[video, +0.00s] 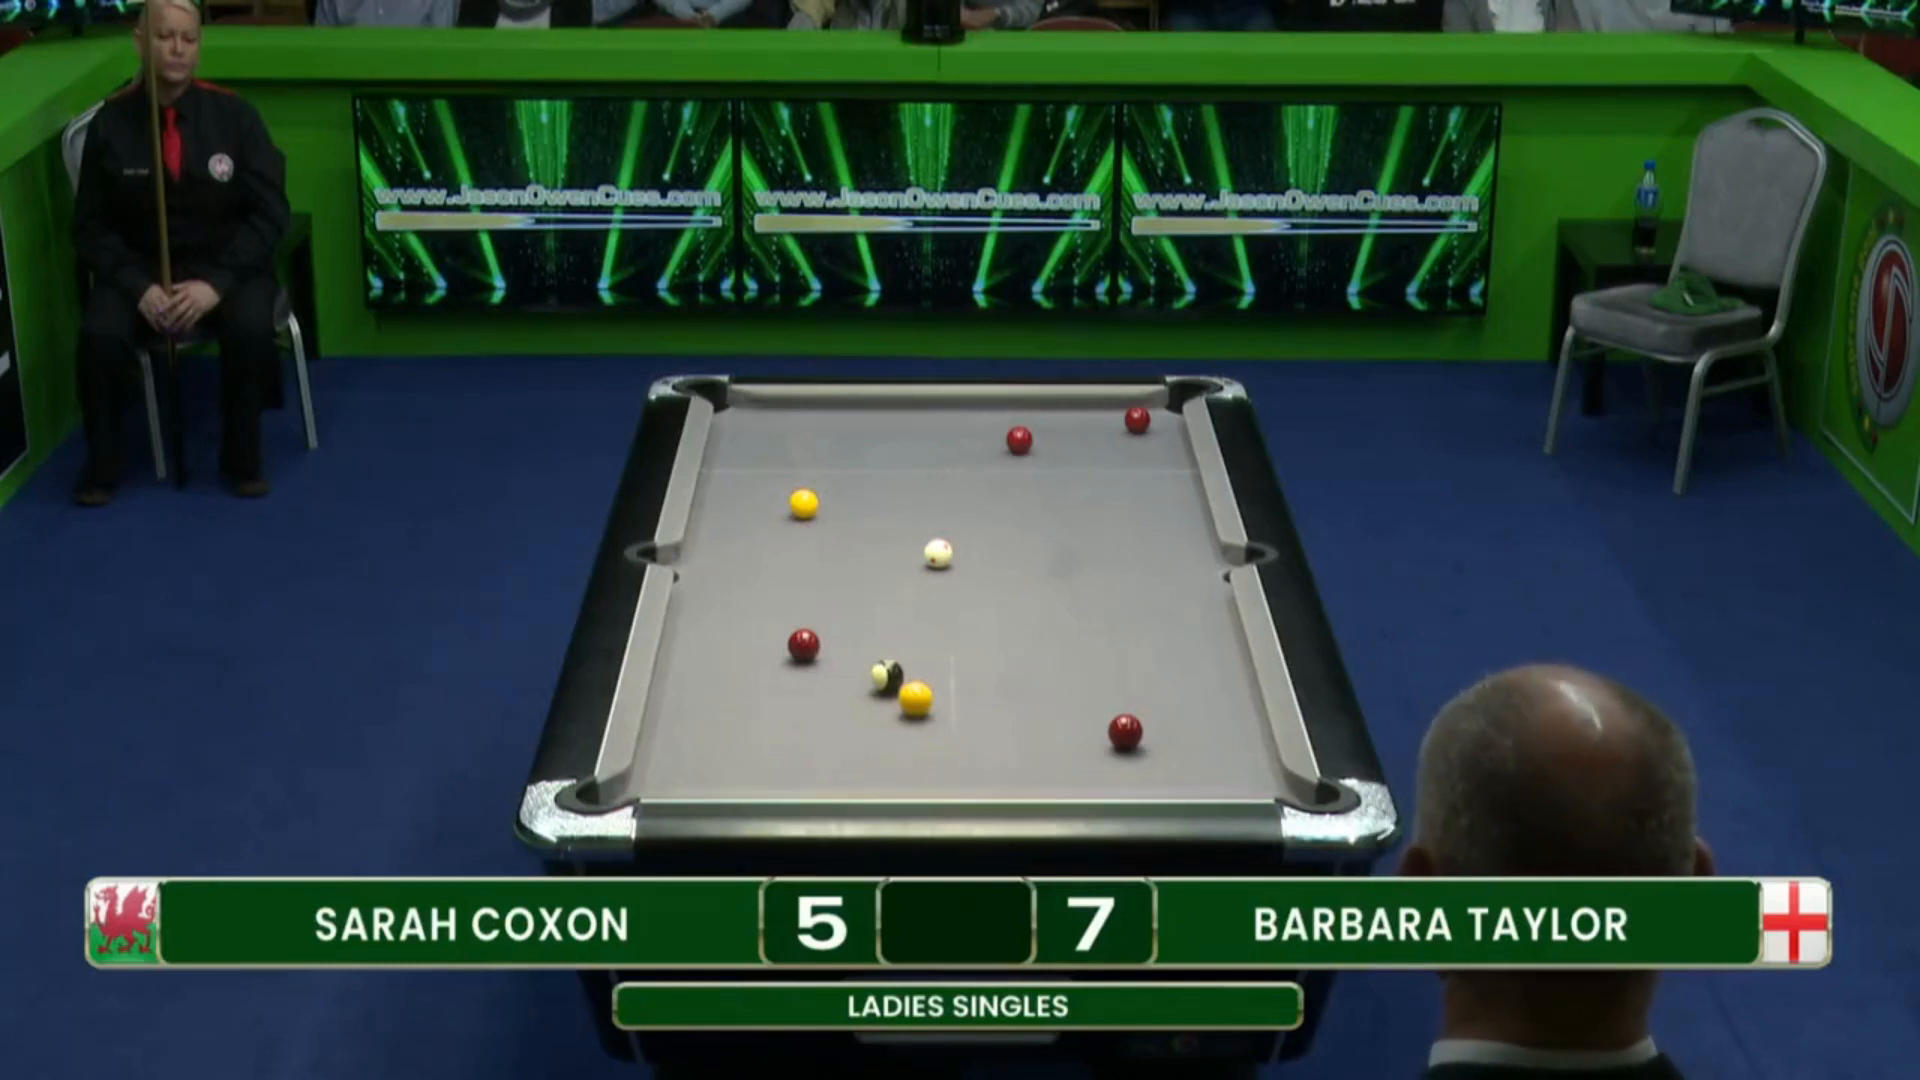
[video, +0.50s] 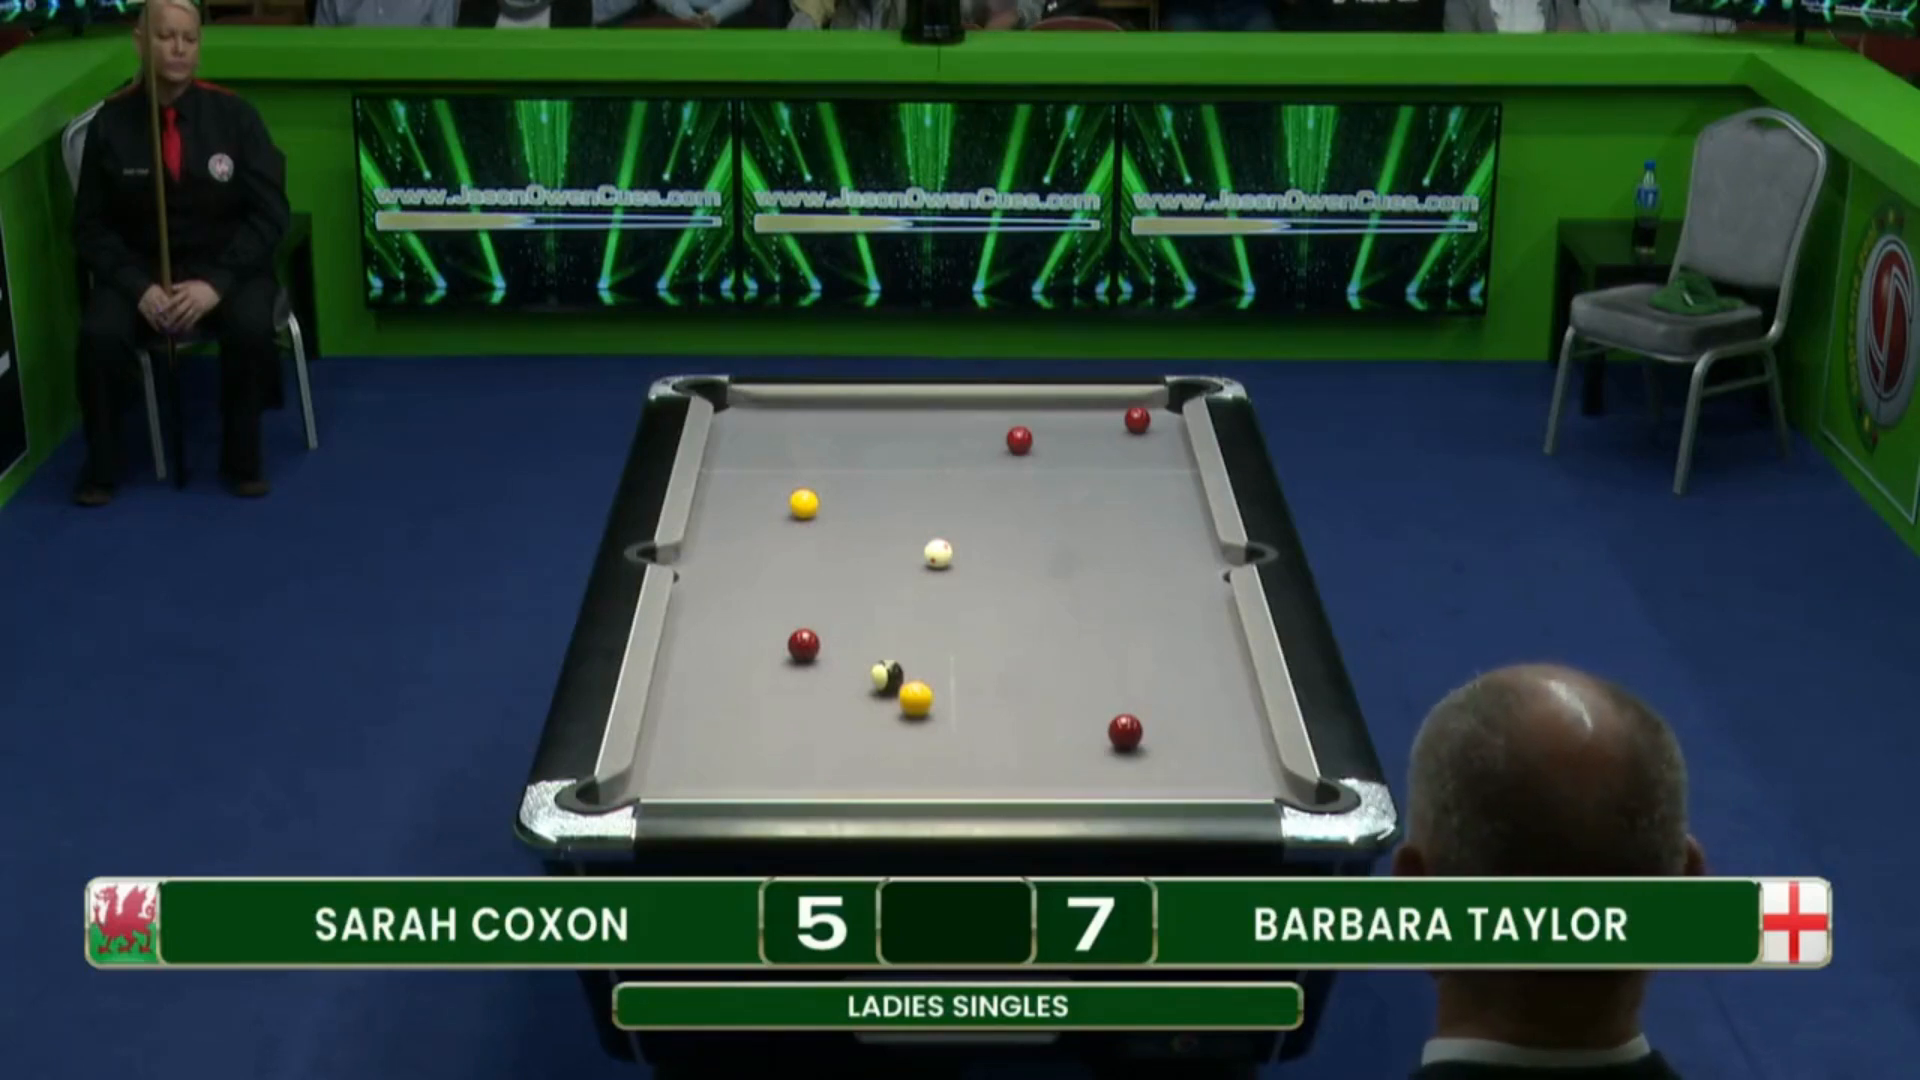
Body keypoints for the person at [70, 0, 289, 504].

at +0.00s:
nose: (178, 49)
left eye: (188, 38)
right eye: (165, 37)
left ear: (199, 44)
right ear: (141, 41)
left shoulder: (235, 115)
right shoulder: (111, 122)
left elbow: (269, 214)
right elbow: (90, 226)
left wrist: (213, 283)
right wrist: (140, 287)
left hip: (221, 267)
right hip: (138, 274)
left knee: (249, 329)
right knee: (101, 335)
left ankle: (243, 461)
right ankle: (102, 467)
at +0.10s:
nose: (178, 49)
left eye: (188, 38)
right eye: (165, 37)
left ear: (199, 45)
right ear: (141, 42)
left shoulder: (235, 115)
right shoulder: (111, 122)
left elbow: (269, 214)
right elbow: (90, 226)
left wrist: (214, 283)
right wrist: (140, 287)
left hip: (221, 267)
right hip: (138, 274)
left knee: (249, 329)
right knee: (100, 335)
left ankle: (244, 462)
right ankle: (102, 467)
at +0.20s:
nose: (178, 49)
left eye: (189, 38)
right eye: (165, 37)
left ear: (199, 44)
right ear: (141, 41)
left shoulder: (235, 115)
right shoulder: (111, 122)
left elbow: (269, 214)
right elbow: (90, 226)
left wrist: (213, 283)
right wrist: (140, 287)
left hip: (221, 267)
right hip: (138, 274)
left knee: (249, 329)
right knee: (101, 335)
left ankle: (244, 461)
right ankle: (102, 467)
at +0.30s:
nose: (179, 49)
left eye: (189, 38)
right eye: (166, 37)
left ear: (199, 44)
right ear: (141, 42)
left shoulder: (235, 115)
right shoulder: (111, 121)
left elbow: (269, 214)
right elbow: (90, 226)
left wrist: (214, 283)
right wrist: (140, 287)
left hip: (221, 267)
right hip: (138, 274)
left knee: (249, 329)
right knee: (100, 335)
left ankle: (244, 461)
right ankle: (102, 467)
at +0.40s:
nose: (179, 49)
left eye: (189, 38)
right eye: (166, 37)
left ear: (199, 45)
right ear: (141, 42)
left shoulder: (235, 115)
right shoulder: (111, 121)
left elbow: (269, 214)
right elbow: (90, 226)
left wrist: (214, 283)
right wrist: (140, 287)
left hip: (221, 267)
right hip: (138, 274)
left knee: (249, 329)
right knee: (100, 335)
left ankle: (244, 462)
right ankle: (101, 467)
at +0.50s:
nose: (179, 49)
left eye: (189, 38)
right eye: (166, 37)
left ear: (199, 45)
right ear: (141, 42)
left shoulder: (235, 115)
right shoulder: (111, 121)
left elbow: (269, 214)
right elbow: (90, 226)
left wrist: (213, 283)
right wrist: (140, 287)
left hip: (221, 267)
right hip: (138, 274)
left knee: (249, 329)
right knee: (101, 335)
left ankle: (244, 462)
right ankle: (101, 467)